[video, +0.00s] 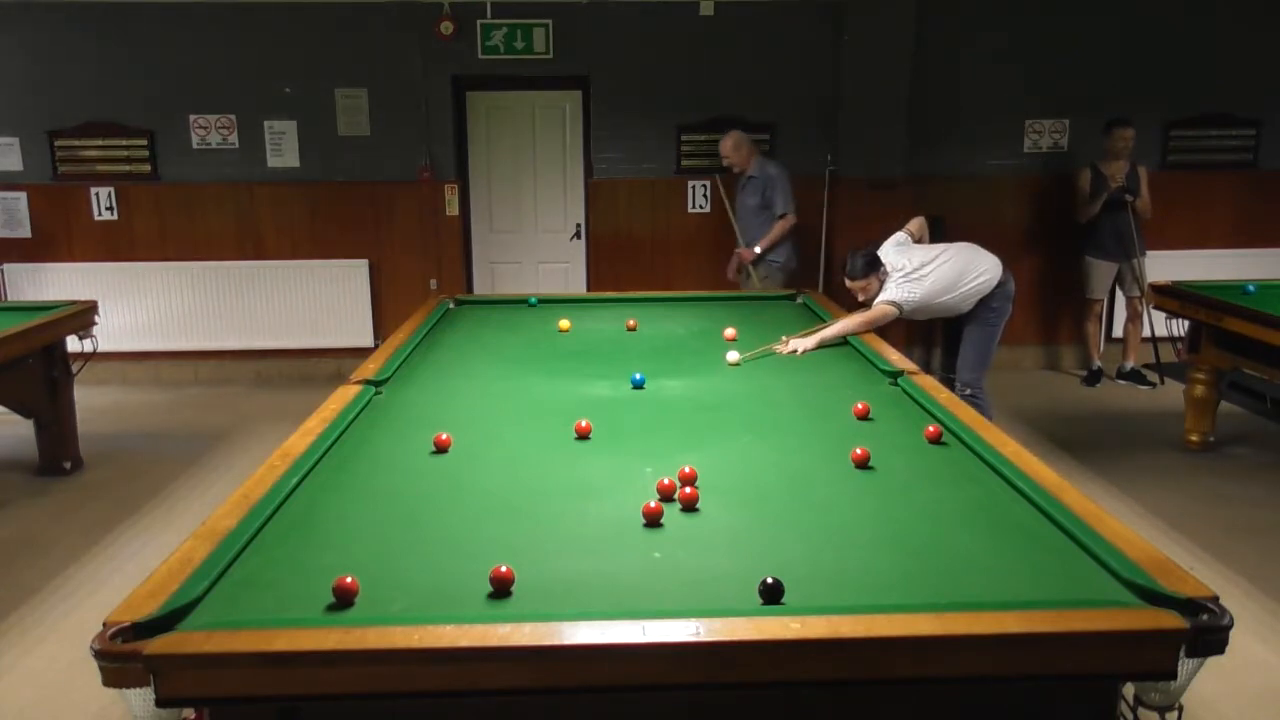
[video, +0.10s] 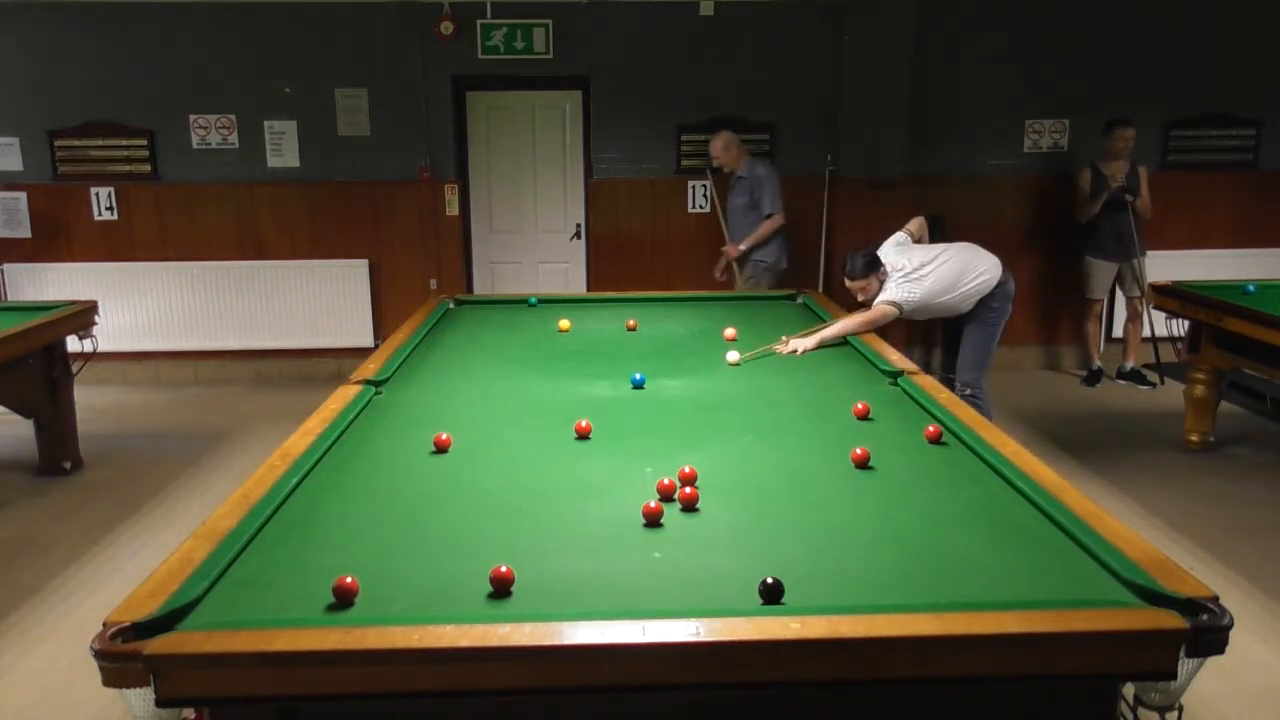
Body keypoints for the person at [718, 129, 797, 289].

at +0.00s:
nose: (725, 163)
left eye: (728, 157)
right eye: (723, 158)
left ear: (744, 151)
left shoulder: (773, 173)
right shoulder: (745, 177)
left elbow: (788, 218)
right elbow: (749, 224)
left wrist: (756, 250)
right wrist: (738, 255)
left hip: (772, 264)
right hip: (751, 262)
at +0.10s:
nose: (715, 164)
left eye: (718, 158)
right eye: (713, 159)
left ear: (733, 151)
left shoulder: (761, 172)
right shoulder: (739, 177)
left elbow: (777, 218)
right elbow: (742, 226)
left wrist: (741, 247)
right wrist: (725, 258)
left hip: (763, 261)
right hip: (747, 260)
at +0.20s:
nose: (705, 166)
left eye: (707, 160)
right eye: (703, 161)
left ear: (723, 152)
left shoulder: (750, 174)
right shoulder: (727, 178)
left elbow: (765, 219)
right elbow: (732, 225)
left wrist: (727, 246)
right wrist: (718, 259)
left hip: (750, 263)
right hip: (732, 261)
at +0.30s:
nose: (694, 168)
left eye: (696, 162)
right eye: (692, 163)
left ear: (712, 154)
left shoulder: (738, 175)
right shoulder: (716, 179)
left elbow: (752, 221)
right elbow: (715, 229)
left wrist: (713, 247)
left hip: (739, 265)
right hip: (722, 262)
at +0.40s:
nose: (679, 169)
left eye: (682, 163)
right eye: (678, 164)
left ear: (697, 156)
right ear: (695, 157)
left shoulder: (724, 177)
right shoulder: (702, 180)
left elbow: (738, 224)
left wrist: (699, 248)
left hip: (727, 266)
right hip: (712, 263)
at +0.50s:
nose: (666, 169)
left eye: (668, 162)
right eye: (664, 163)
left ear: (683, 155)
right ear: (682, 156)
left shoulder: (708, 176)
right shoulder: (692, 177)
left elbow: (722, 224)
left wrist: (685, 248)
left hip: (712, 264)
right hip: (700, 262)